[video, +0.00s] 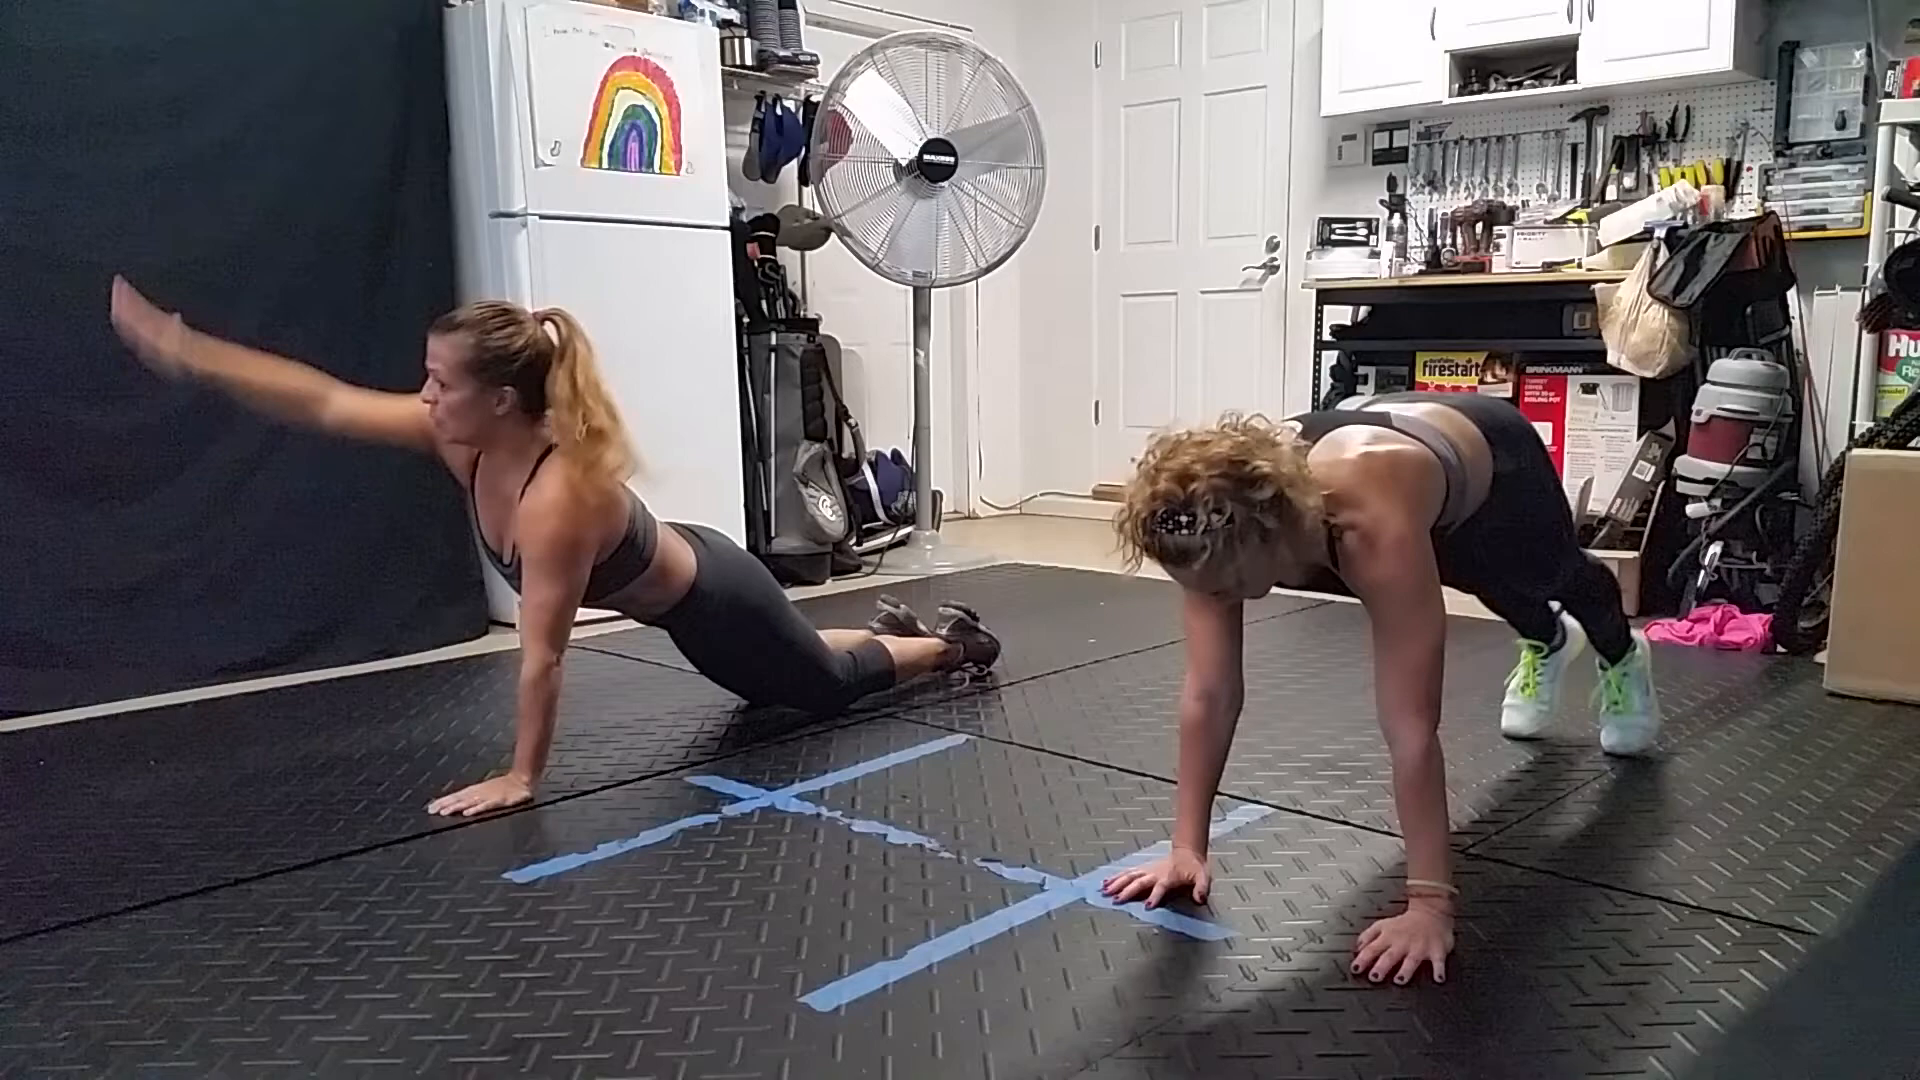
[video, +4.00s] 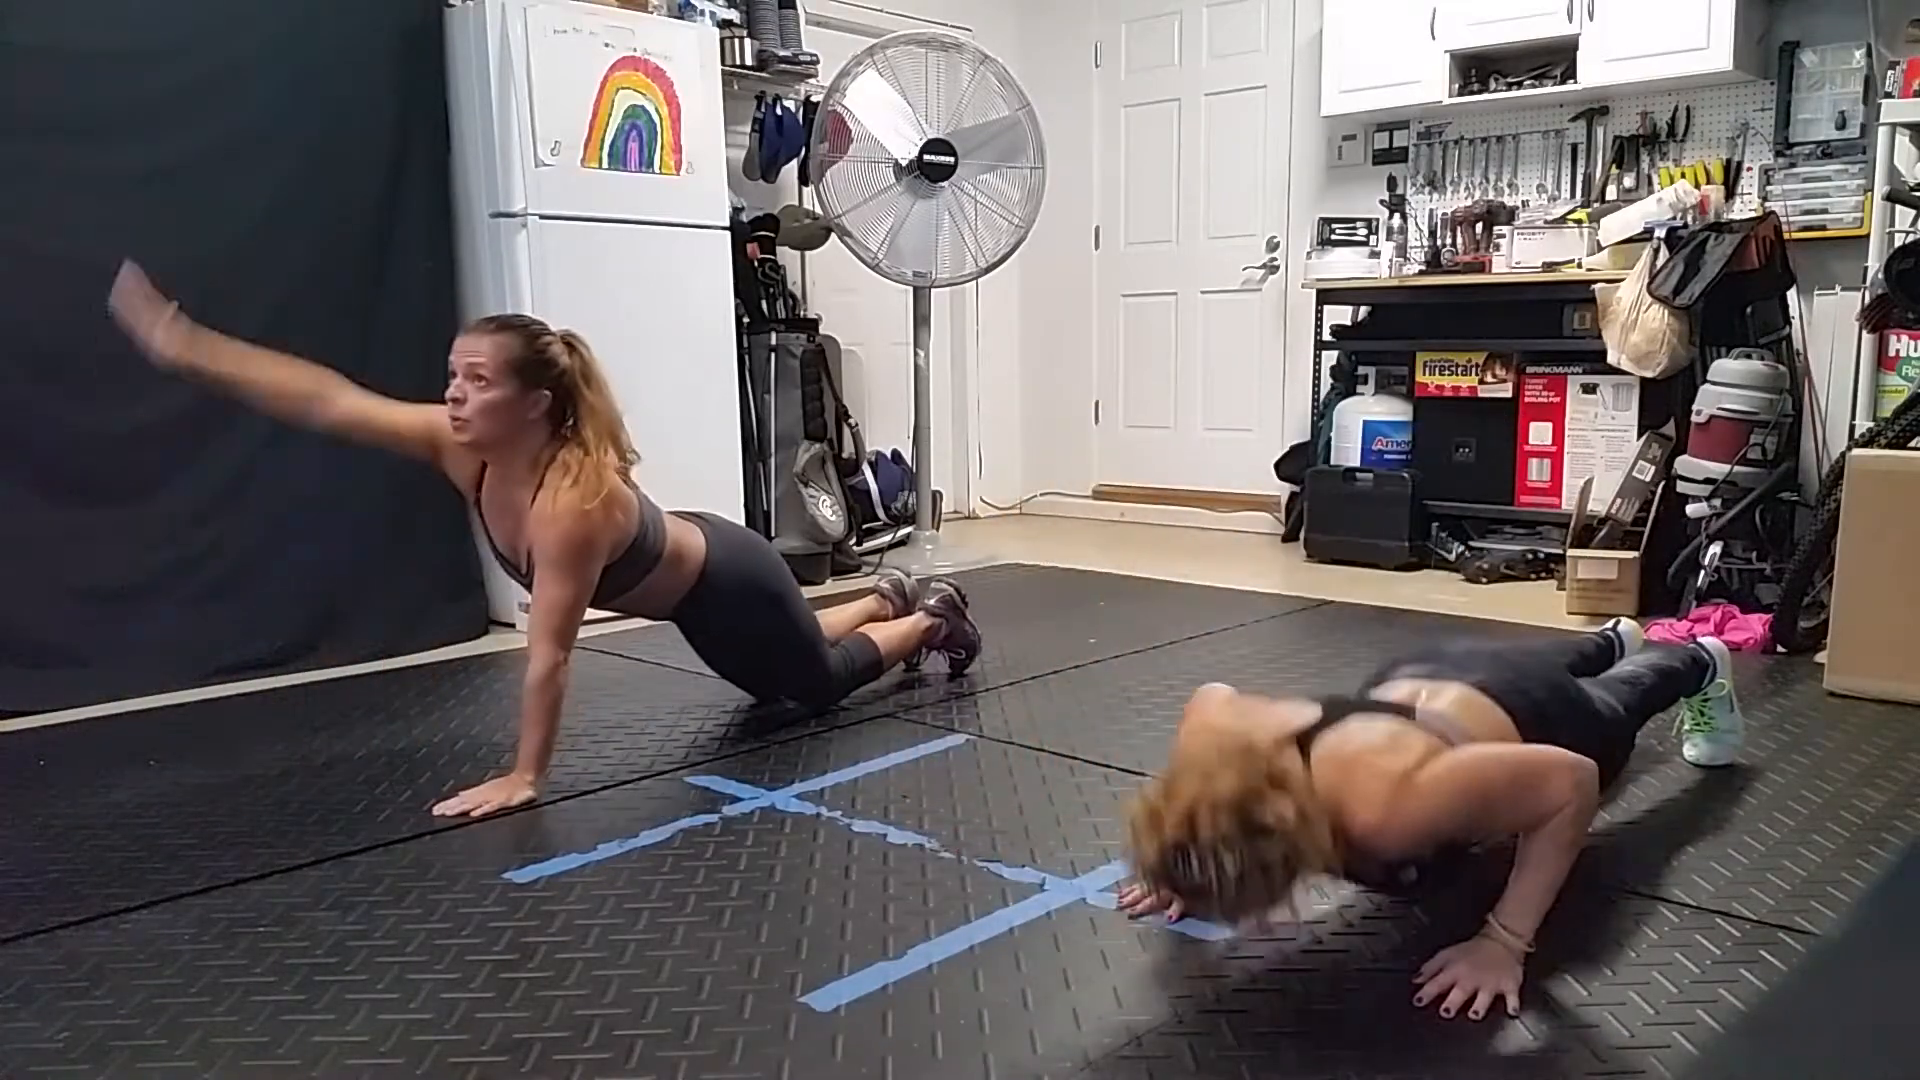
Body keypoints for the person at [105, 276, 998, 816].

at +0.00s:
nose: (423, 394)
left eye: (441, 383)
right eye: (427, 378)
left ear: (504, 401)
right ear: (463, 392)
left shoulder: (562, 493)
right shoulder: (456, 430)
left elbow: (545, 644)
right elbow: (318, 398)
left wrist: (521, 776)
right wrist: (185, 349)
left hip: (718, 606)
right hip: (679, 580)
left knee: (840, 673)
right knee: (785, 650)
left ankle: (941, 649)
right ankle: (882, 639)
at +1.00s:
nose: (289, 633)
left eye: (288, 615)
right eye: (278, 620)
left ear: (337, 577)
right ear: (329, 573)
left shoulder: (453, 591)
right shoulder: (391, 588)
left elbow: (565, 667)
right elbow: (397, 659)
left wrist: (521, 777)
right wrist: (391, 742)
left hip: (655, 644)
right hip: (611, 620)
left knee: (799, 678)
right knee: (757, 644)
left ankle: (907, 621)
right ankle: (871, 603)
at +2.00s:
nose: (353, 415)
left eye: (369, 398)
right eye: (346, 400)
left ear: (428, 400)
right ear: (357, 409)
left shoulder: (487, 465)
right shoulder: (405, 501)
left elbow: (355, 439)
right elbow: (403, 621)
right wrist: (392, 740)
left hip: (682, 577)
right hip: (644, 585)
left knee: (812, 680)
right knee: (777, 643)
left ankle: (918, 631)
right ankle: (874, 607)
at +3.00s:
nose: (296, 716)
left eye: (291, 699)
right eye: (282, 706)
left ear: (322, 662)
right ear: (318, 658)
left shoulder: (430, 638)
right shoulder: (370, 644)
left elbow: (580, 667)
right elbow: (425, 681)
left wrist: (525, 779)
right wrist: (400, 734)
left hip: (651, 660)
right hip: (607, 638)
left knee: (806, 681)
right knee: (761, 644)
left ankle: (914, 620)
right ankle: (871, 599)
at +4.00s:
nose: (452, 392)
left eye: (473, 380)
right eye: (453, 376)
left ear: (536, 403)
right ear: (464, 393)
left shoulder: (567, 502)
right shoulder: (459, 437)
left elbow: (549, 651)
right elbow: (320, 398)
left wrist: (526, 775)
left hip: (729, 590)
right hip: (683, 565)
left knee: (825, 679)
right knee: (783, 642)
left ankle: (929, 624)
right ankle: (887, 602)